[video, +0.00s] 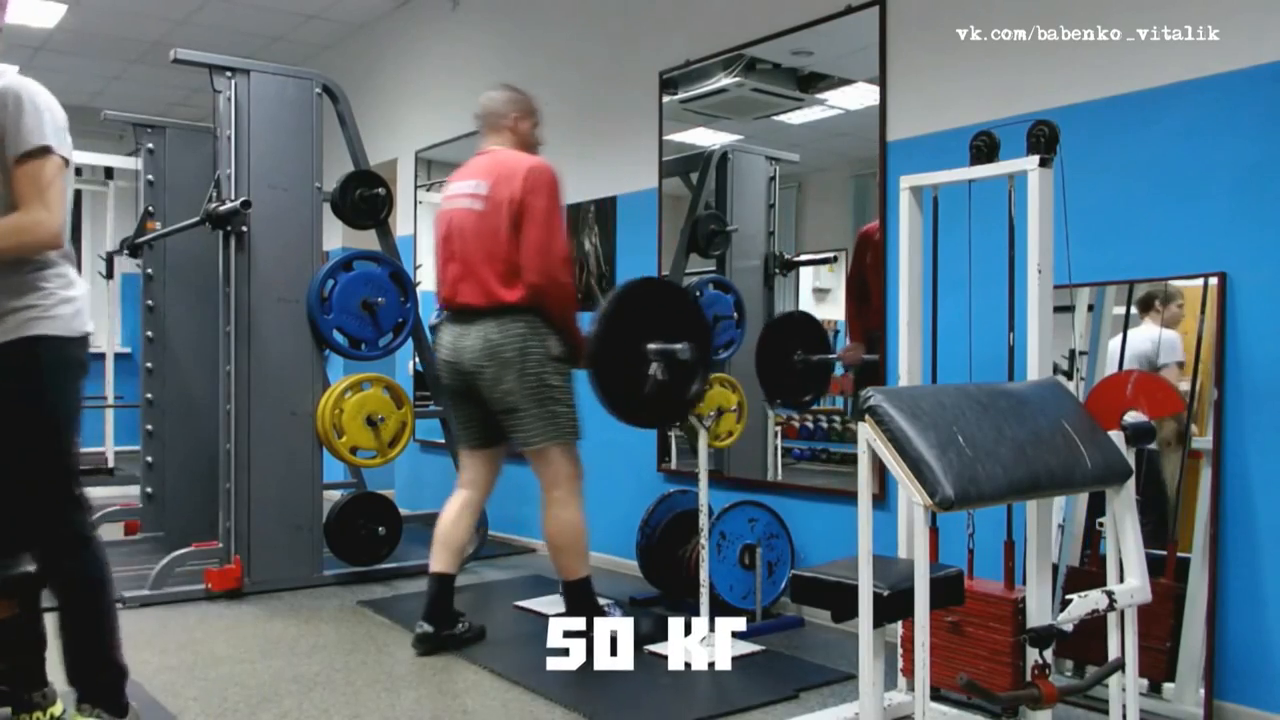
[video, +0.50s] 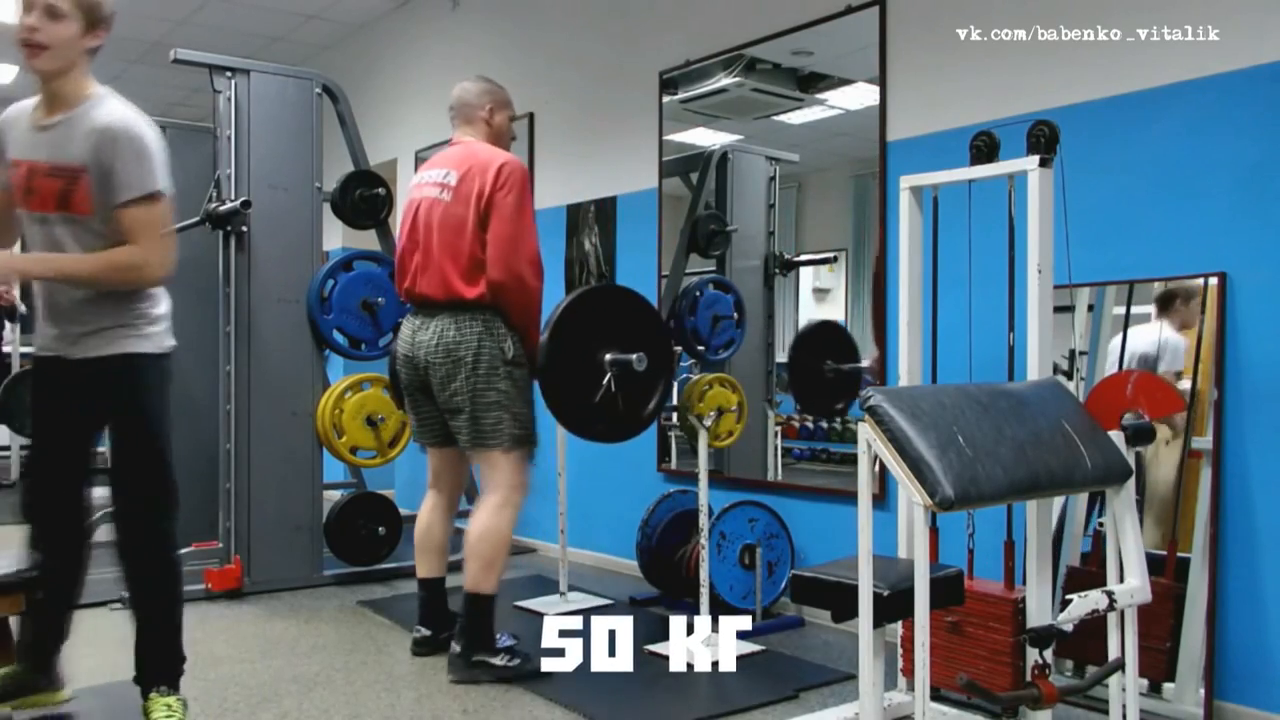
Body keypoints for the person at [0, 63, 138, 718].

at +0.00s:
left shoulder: (19, 94)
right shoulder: (21, 98)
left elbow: (44, 225)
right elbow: (41, 224)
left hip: (37, 328)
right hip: (10, 336)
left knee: (53, 516)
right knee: (6, 529)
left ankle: (103, 700)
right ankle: (24, 693)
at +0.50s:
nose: (30, 27)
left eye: (51, 15)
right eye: (26, 13)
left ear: (94, 34)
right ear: (19, 25)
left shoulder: (124, 130)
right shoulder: (13, 124)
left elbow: (156, 258)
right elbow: (10, 234)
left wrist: (28, 265)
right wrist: (8, 275)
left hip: (132, 350)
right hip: (56, 352)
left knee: (145, 520)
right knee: (52, 511)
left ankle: (161, 685)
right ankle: (38, 669)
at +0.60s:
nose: (54, 13)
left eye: (74, 2)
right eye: (48, 2)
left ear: (114, 20)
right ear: (39, 15)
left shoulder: (145, 115)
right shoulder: (25, 113)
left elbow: (197, 237)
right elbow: (10, 213)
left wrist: (66, 265)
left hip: (146, 346)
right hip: (67, 347)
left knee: (155, 517)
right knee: (73, 501)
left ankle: (164, 685)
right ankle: (94, 647)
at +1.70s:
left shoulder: (171, 26)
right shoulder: (8, 27)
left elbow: (229, 183)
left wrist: (149, 245)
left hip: (155, 339)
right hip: (18, 351)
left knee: (177, 598)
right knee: (24, 602)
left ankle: (191, 715)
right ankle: (35, 712)